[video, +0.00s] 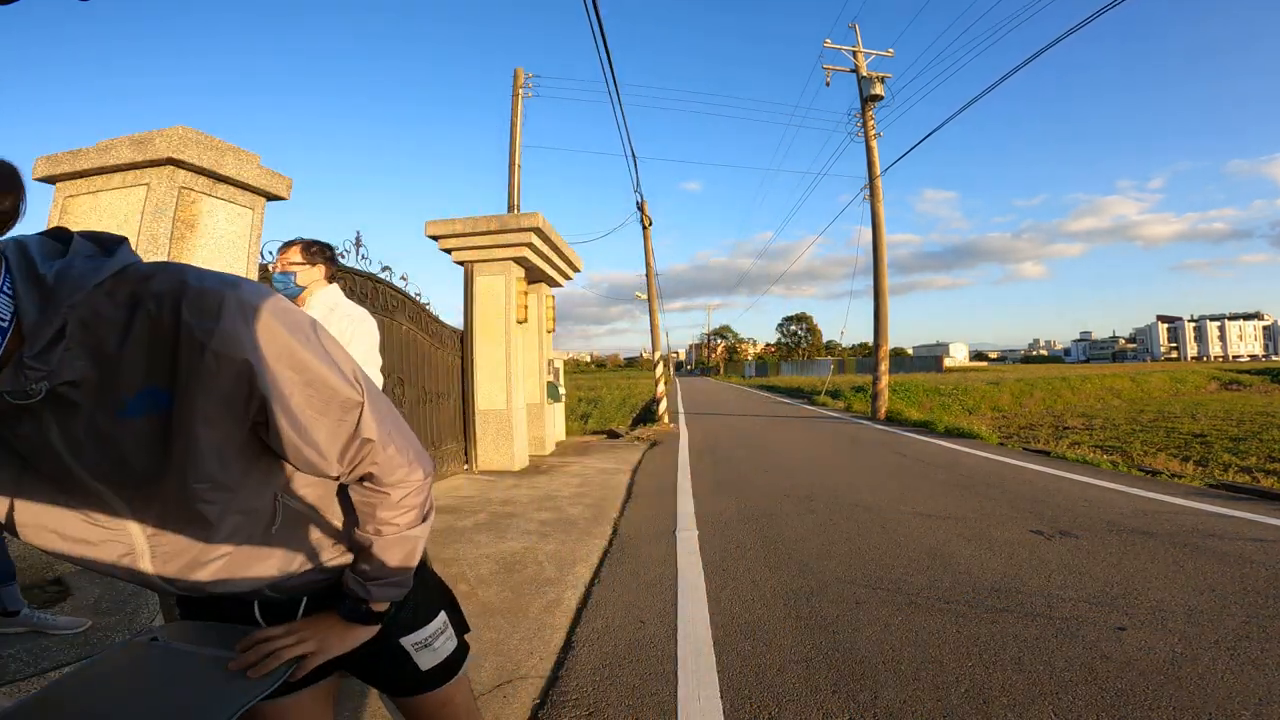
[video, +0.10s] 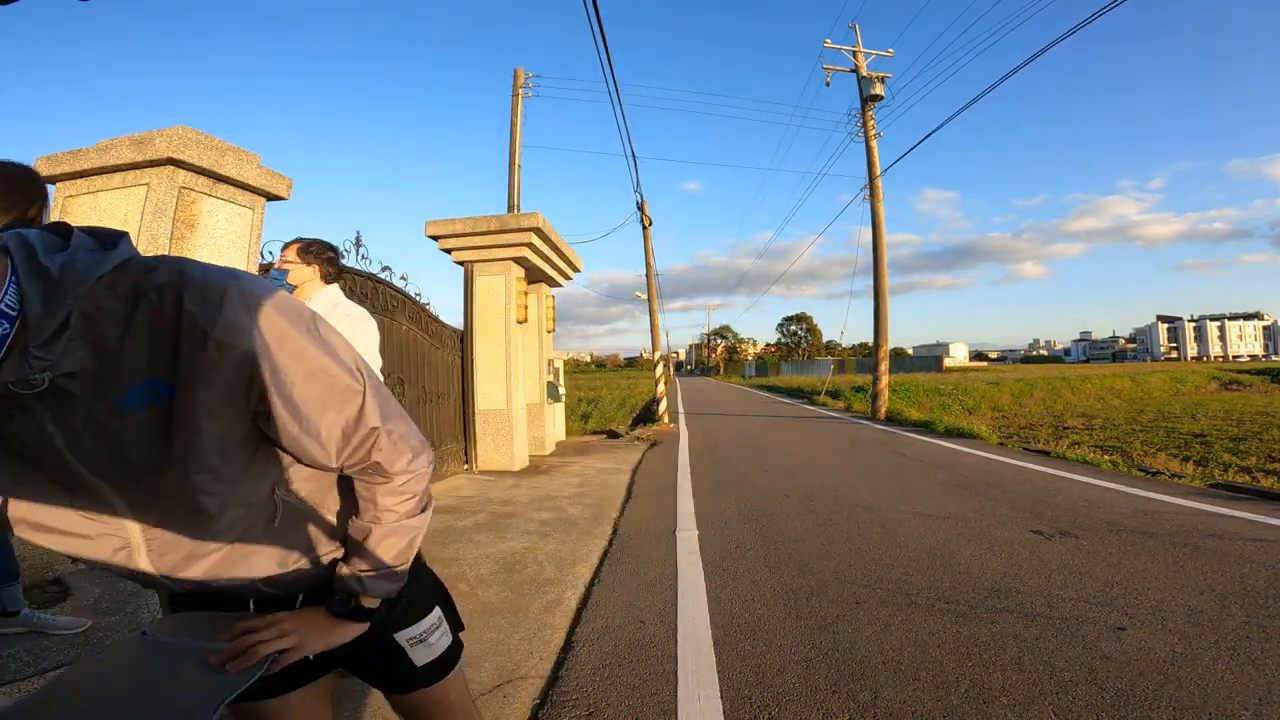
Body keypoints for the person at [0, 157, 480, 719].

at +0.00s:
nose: (292, 275)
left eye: (300, 264)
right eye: (290, 264)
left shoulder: (216, 321)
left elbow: (397, 471)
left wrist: (361, 609)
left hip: (359, 578)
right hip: (221, 605)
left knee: (448, 709)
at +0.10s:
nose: (290, 271)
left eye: (298, 262)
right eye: (291, 262)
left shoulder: (208, 312)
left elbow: (397, 459)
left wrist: (353, 604)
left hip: (358, 573)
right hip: (216, 601)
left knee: (442, 706)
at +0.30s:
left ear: (36, 204)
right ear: (32, 205)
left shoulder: (237, 290)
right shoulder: (14, 375)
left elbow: (418, 437)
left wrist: (298, 579)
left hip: (361, 566)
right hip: (217, 599)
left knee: (446, 708)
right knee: (285, 711)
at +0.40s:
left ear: (81, 193)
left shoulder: (258, 279)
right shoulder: (24, 346)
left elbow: (410, 440)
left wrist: (239, 567)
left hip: (360, 563)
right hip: (217, 599)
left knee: (446, 707)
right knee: (288, 710)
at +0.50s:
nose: (3, 240)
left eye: (17, 204)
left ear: (118, 181)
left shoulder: (275, 281)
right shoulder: (22, 330)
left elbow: (380, 471)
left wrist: (148, 572)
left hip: (355, 565)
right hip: (212, 595)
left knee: (442, 705)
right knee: (284, 709)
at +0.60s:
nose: (3, 238)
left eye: (23, 203)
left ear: (139, 178)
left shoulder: (283, 282)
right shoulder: (20, 321)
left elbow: (343, 505)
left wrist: (87, 588)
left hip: (352, 569)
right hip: (201, 600)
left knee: (438, 706)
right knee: (279, 709)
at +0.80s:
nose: (2, 242)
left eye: (28, 206)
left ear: (155, 185)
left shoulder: (283, 288)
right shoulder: (27, 322)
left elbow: (222, 537)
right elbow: (10, 471)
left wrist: (14, 680)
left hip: (365, 583)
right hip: (216, 601)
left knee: (440, 706)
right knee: (286, 709)